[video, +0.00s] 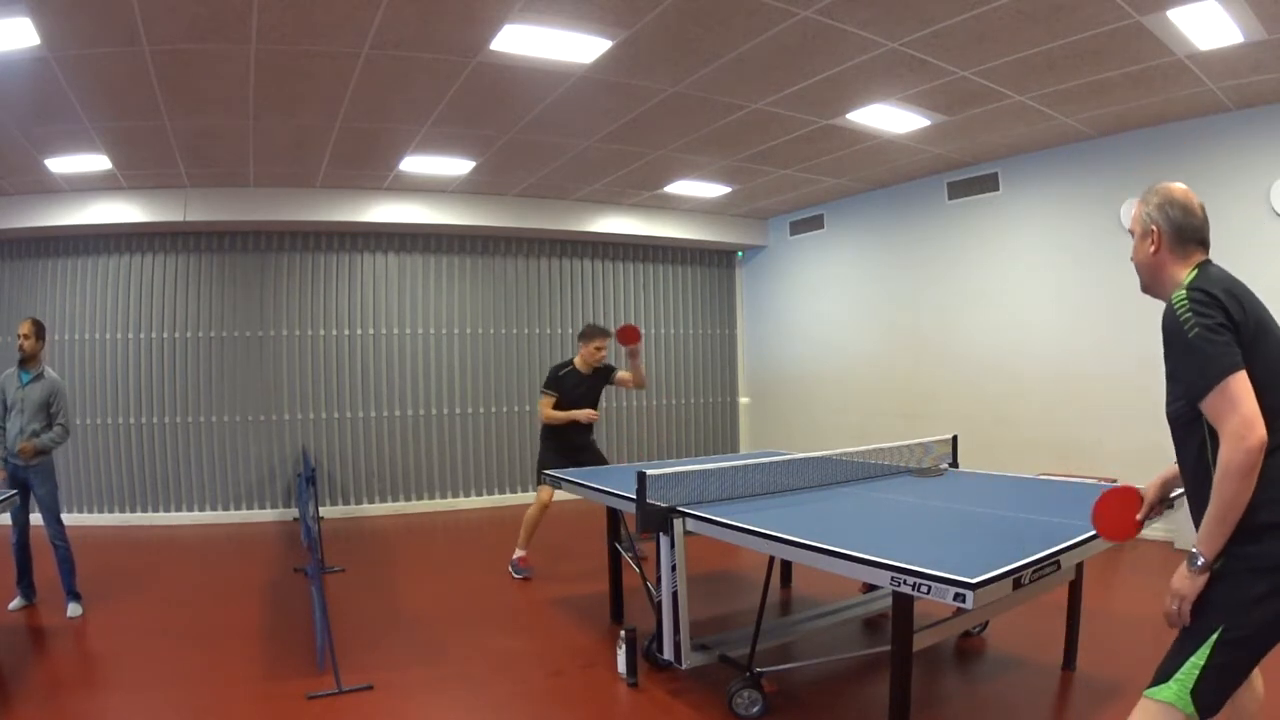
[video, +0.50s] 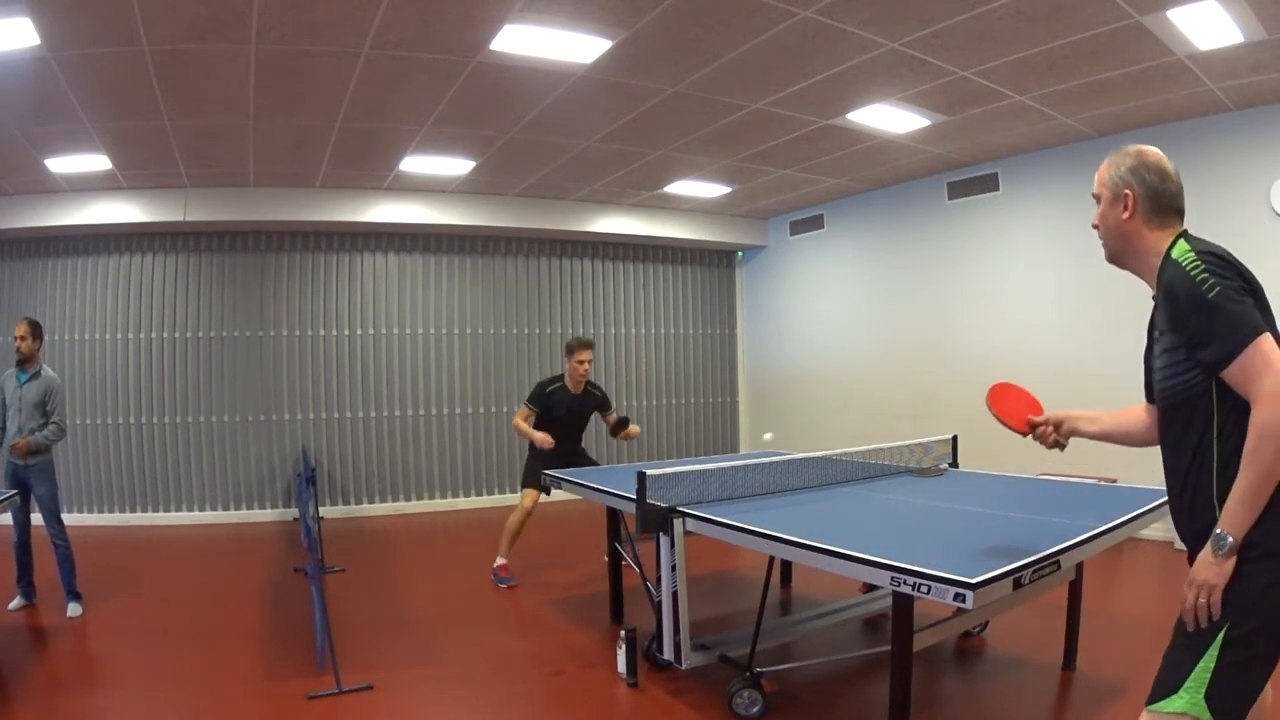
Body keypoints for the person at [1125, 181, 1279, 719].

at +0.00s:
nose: (1129, 253)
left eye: (1132, 237)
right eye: (1130, 238)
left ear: (1153, 240)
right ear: (1190, 237)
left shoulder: (1190, 306)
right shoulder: (1224, 292)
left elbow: (1244, 437)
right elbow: (1246, 423)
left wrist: (1198, 561)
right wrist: (1171, 481)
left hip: (1257, 554)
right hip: (1268, 542)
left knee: (1160, 707)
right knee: (1235, 670)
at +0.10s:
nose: (1126, 270)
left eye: (1129, 254)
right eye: (1127, 256)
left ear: (1153, 257)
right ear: (1179, 254)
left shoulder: (1197, 315)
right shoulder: (1216, 306)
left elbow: (1259, 440)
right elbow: (1220, 449)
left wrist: (1212, 561)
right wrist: (1150, 508)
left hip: (1260, 558)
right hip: (1262, 550)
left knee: (1174, 707)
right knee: (1233, 682)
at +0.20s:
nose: (1118, 273)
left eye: (1124, 257)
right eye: (1119, 257)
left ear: (1151, 260)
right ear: (1157, 260)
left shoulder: (1207, 319)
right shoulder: (1199, 323)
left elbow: (1272, 428)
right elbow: (1192, 456)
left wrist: (1225, 556)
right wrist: (1112, 513)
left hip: (1267, 563)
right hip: (1260, 559)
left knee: (1181, 709)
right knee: (1197, 703)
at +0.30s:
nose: (1110, 260)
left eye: (1115, 243)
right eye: (1111, 245)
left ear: (1147, 246)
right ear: (1151, 247)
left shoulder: (1210, 306)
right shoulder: (1183, 333)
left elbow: (1278, 418)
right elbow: (1151, 455)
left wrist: (1235, 549)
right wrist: (1069, 477)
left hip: (1263, 562)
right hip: (1247, 559)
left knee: (1179, 710)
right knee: (1196, 706)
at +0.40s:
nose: (1100, 236)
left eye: (1106, 218)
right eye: (1102, 220)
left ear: (1139, 223)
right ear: (1144, 224)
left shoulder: (1204, 287)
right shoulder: (1172, 317)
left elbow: (1278, 403)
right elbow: (1144, 435)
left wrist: (1238, 541)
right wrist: (1056, 440)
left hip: (1261, 556)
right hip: (1239, 554)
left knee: (1175, 712)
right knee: (1197, 709)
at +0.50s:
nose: (1093, 220)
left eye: (1097, 203)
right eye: (1093, 204)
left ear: (1126, 206)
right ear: (1133, 207)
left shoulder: (1192, 275)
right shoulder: (1175, 285)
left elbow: (1274, 399)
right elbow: (1170, 420)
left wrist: (1221, 545)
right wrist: (1072, 423)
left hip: (1252, 562)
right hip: (1238, 558)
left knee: (1175, 713)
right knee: (1192, 710)